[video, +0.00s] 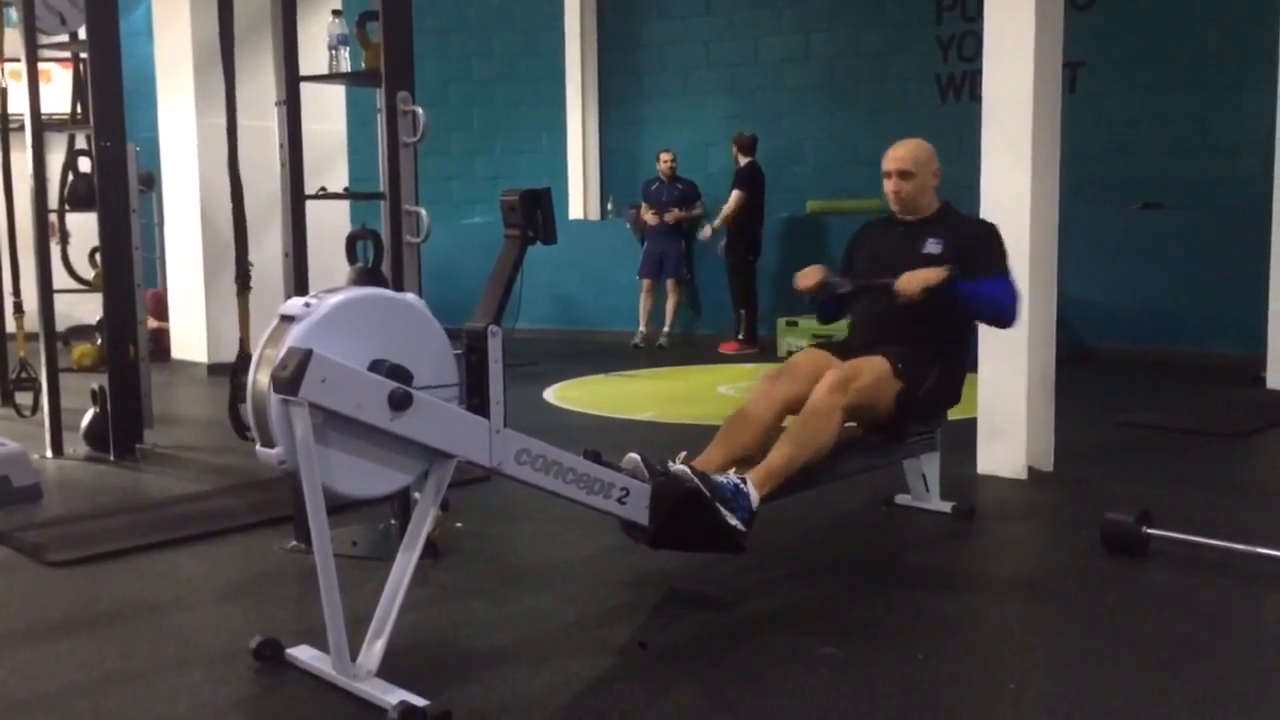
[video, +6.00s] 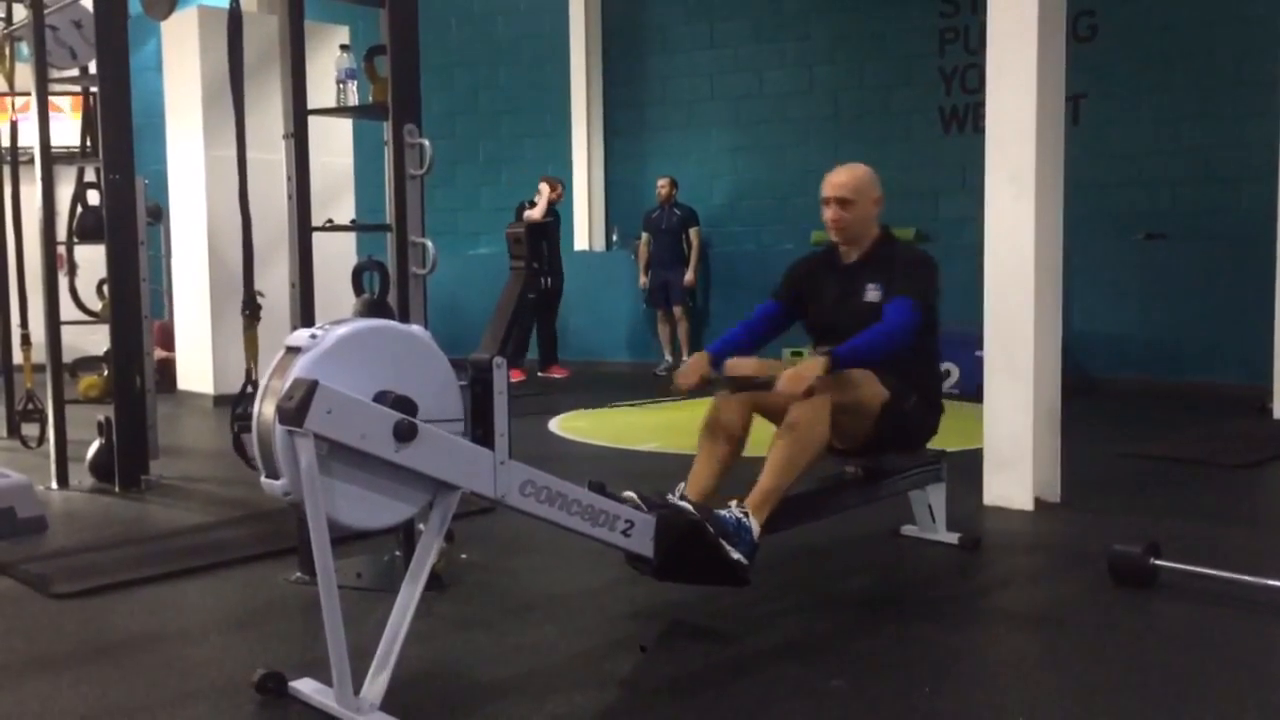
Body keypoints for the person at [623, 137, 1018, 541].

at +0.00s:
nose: (893, 187)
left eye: (904, 177)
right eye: (887, 177)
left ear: (934, 178)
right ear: (882, 179)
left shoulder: (972, 234)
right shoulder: (871, 234)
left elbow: (1004, 309)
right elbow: (832, 310)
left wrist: (946, 281)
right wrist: (822, 287)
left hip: (922, 360)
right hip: (858, 351)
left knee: (834, 384)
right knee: (783, 378)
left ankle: (748, 493)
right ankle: (693, 476)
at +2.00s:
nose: (759, 205)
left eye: (773, 196)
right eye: (756, 195)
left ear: (807, 206)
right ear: (751, 200)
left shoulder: (840, 258)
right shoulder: (751, 258)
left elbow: (800, 306)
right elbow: (693, 298)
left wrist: (723, 326)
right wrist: (610, 323)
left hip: (865, 410)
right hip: (793, 412)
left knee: (795, 345)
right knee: (698, 349)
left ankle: (740, 507)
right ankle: (680, 490)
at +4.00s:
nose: (945, 236)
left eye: (957, 228)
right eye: (940, 227)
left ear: (985, 236)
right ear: (934, 233)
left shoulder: (1009, 296)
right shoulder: (910, 286)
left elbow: (1046, 358)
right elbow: (859, 357)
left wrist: (1006, 306)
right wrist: (860, 319)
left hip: (929, 384)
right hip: (871, 372)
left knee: (841, 431)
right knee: (795, 423)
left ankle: (750, 516)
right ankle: (691, 500)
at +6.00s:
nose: (832, 215)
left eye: (845, 204)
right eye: (826, 204)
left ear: (876, 205)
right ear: (820, 207)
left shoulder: (910, 264)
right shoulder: (812, 269)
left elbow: (897, 330)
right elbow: (764, 322)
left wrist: (825, 361)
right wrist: (709, 356)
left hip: (904, 408)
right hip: (833, 404)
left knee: (822, 387)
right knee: (739, 374)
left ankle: (748, 522)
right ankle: (687, 505)